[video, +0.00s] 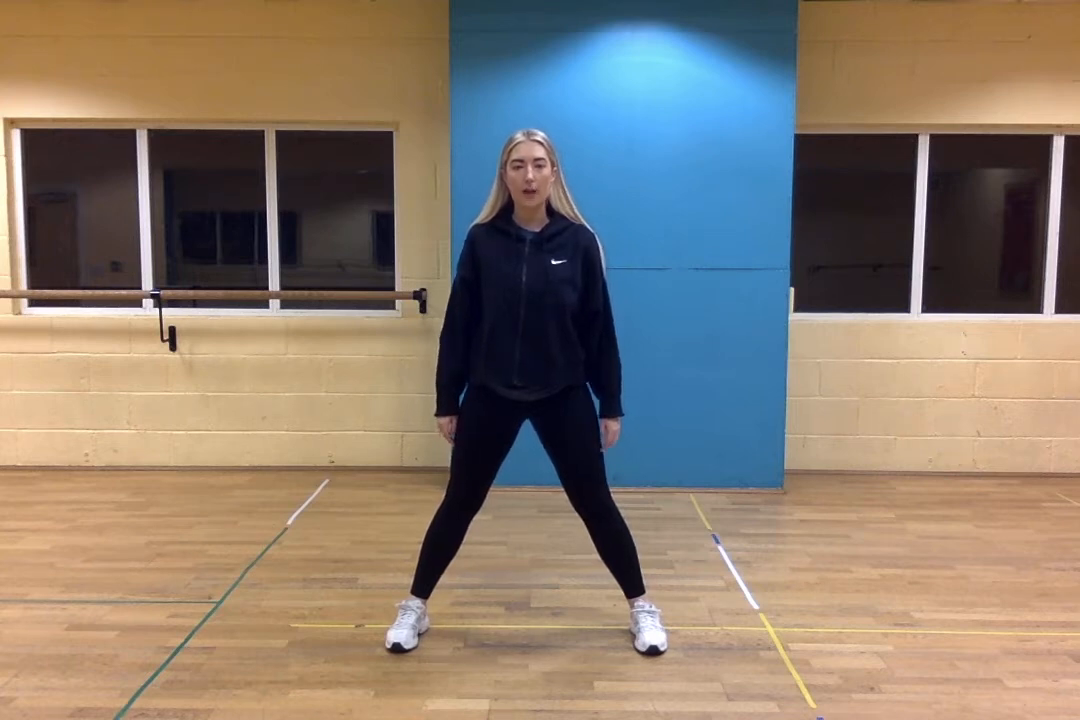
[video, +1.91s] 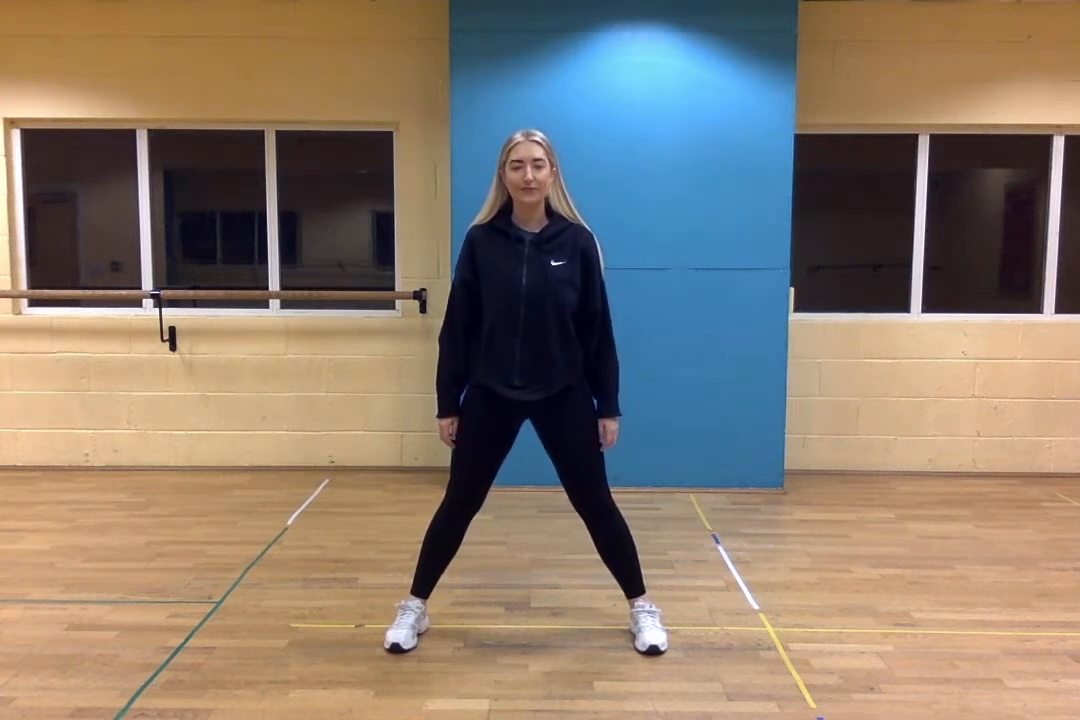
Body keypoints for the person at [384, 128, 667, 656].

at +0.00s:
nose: (529, 173)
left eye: (538, 164)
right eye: (518, 165)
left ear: (554, 173)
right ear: (505, 175)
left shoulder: (580, 239)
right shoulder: (483, 237)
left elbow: (598, 323)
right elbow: (458, 319)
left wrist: (610, 403)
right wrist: (447, 399)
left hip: (563, 393)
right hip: (491, 393)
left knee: (594, 502)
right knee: (460, 501)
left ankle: (641, 607)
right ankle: (414, 606)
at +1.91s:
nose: (528, 173)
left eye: (538, 164)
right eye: (517, 165)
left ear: (553, 173)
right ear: (504, 175)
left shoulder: (578, 240)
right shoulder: (481, 238)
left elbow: (597, 325)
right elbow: (457, 322)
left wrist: (608, 405)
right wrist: (448, 402)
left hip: (564, 394)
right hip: (492, 394)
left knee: (595, 503)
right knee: (460, 501)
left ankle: (641, 607)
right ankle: (413, 606)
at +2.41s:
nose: (529, 174)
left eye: (539, 165)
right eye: (519, 166)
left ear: (553, 173)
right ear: (504, 176)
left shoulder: (579, 240)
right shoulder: (482, 238)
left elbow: (597, 324)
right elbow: (458, 321)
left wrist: (608, 404)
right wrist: (448, 402)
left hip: (562, 394)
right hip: (491, 393)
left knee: (594, 502)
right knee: (460, 500)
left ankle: (641, 607)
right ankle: (414, 606)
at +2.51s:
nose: (530, 174)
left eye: (539, 165)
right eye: (519, 166)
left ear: (553, 173)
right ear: (505, 176)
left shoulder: (579, 240)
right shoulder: (482, 238)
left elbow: (597, 324)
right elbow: (458, 321)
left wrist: (608, 404)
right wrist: (448, 402)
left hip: (562, 394)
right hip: (491, 393)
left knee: (594, 502)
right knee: (459, 500)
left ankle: (641, 607)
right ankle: (414, 606)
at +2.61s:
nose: (530, 174)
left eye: (539, 165)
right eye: (519, 166)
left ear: (554, 174)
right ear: (505, 176)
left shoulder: (579, 240)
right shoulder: (482, 238)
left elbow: (597, 324)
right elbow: (458, 321)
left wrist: (608, 404)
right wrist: (447, 402)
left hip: (561, 394)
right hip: (490, 394)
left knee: (594, 502)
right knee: (459, 500)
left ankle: (641, 607)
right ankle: (414, 606)